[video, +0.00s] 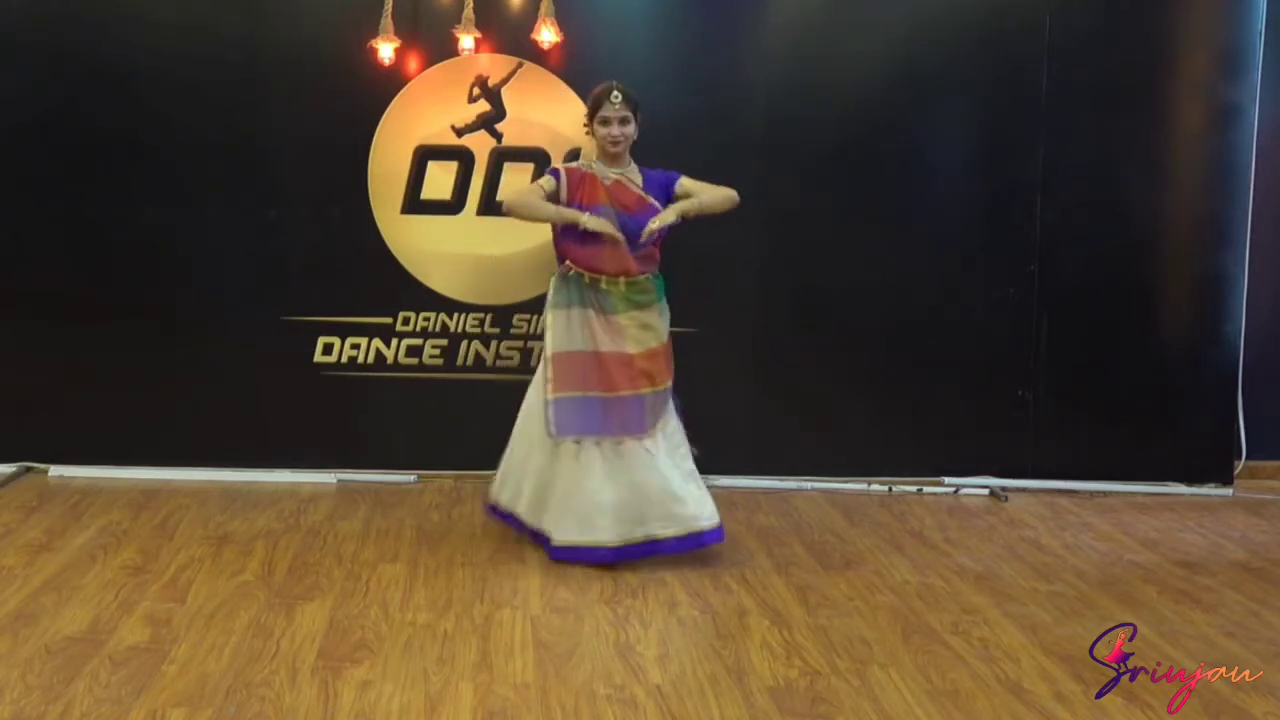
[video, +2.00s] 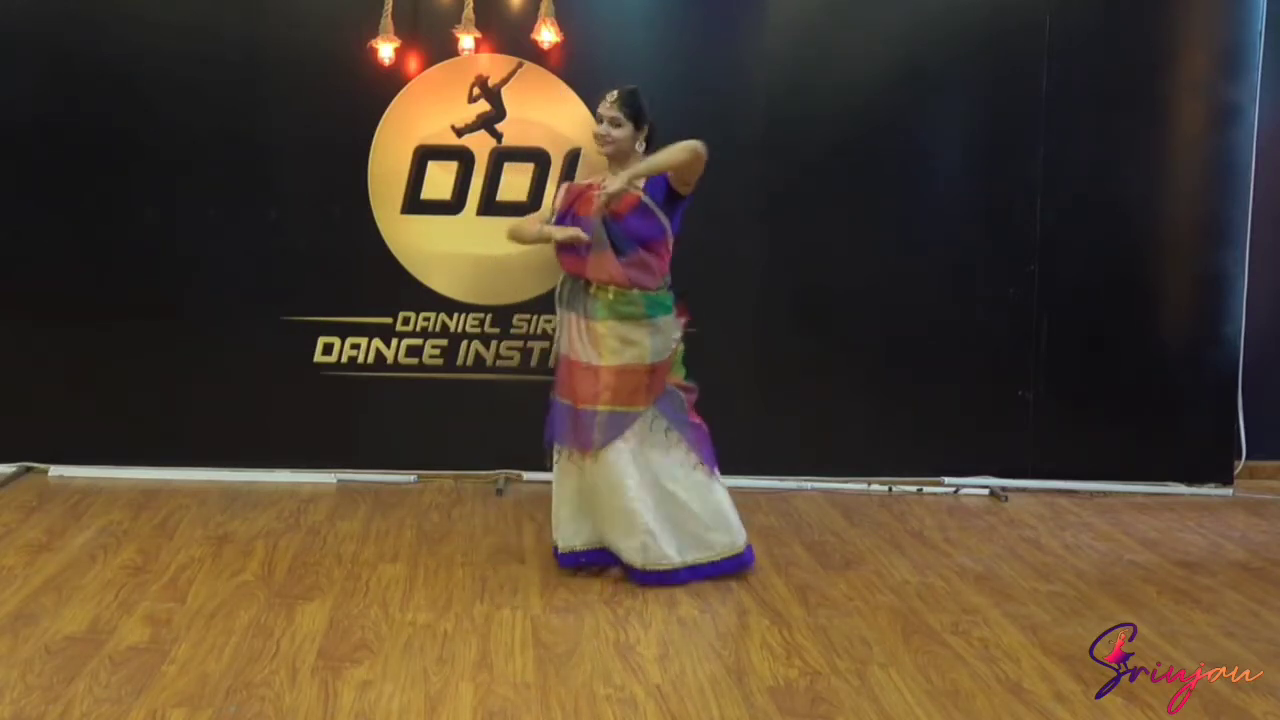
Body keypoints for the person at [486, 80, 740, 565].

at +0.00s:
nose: (615, 130)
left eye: (624, 122)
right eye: (605, 122)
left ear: (636, 127)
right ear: (590, 127)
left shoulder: (654, 181)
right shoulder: (570, 176)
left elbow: (727, 196)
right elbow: (518, 203)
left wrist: (678, 209)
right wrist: (584, 219)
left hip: (639, 310)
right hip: (580, 310)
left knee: (639, 412)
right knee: (583, 413)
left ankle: (640, 522)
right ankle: (582, 523)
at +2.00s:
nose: (604, 130)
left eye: (615, 123)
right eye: (600, 122)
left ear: (641, 133)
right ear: (594, 130)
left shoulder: (661, 188)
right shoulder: (576, 193)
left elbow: (694, 152)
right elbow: (520, 230)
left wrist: (630, 173)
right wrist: (551, 231)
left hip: (641, 330)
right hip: (584, 329)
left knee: (631, 438)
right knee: (586, 438)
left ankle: (656, 546)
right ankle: (592, 544)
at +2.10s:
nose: (604, 135)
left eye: (616, 128)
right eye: (599, 126)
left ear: (638, 138)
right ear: (590, 133)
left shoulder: (660, 196)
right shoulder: (571, 198)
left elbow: (711, 155)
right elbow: (510, 235)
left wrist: (644, 180)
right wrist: (557, 235)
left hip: (635, 339)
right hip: (578, 337)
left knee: (617, 443)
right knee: (581, 443)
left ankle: (602, 557)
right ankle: (581, 548)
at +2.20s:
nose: (606, 142)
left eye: (617, 135)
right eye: (598, 133)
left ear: (634, 145)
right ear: (586, 140)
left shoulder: (658, 202)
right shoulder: (566, 204)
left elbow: (726, 167)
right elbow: (506, 241)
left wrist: (660, 188)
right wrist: (564, 239)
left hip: (633, 342)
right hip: (574, 340)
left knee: (614, 446)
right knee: (579, 447)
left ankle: (589, 561)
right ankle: (575, 564)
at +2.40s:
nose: (606, 147)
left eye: (615, 139)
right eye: (596, 137)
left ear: (626, 147)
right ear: (577, 145)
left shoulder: (642, 200)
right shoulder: (564, 205)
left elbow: (722, 193)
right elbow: (520, 241)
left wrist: (681, 204)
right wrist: (595, 240)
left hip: (629, 337)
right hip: (571, 336)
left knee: (623, 446)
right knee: (574, 445)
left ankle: (615, 562)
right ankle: (570, 565)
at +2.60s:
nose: (611, 146)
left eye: (618, 138)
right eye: (600, 136)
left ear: (624, 145)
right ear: (573, 140)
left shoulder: (631, 203)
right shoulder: (559, 197)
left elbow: (695, 217)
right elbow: (542, 229)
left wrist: (679, 222)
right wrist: (617, 227)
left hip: (624, 339)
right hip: (572, 339)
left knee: (621, 449)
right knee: (574, 451)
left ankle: (602, 567)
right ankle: (563, 570)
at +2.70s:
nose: (614, 145)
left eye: (620, 135)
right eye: (604, 135)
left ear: (625, 141)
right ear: (574, 138)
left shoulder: (630, 200)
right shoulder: (562, 194)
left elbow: (682, 234)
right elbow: (549, 235)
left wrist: (687, 228)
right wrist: (617, 224)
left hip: (626, 337)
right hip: (577, 337)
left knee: (627, 448)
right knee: (582, 449)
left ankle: (607, 566)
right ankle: (569, 570)